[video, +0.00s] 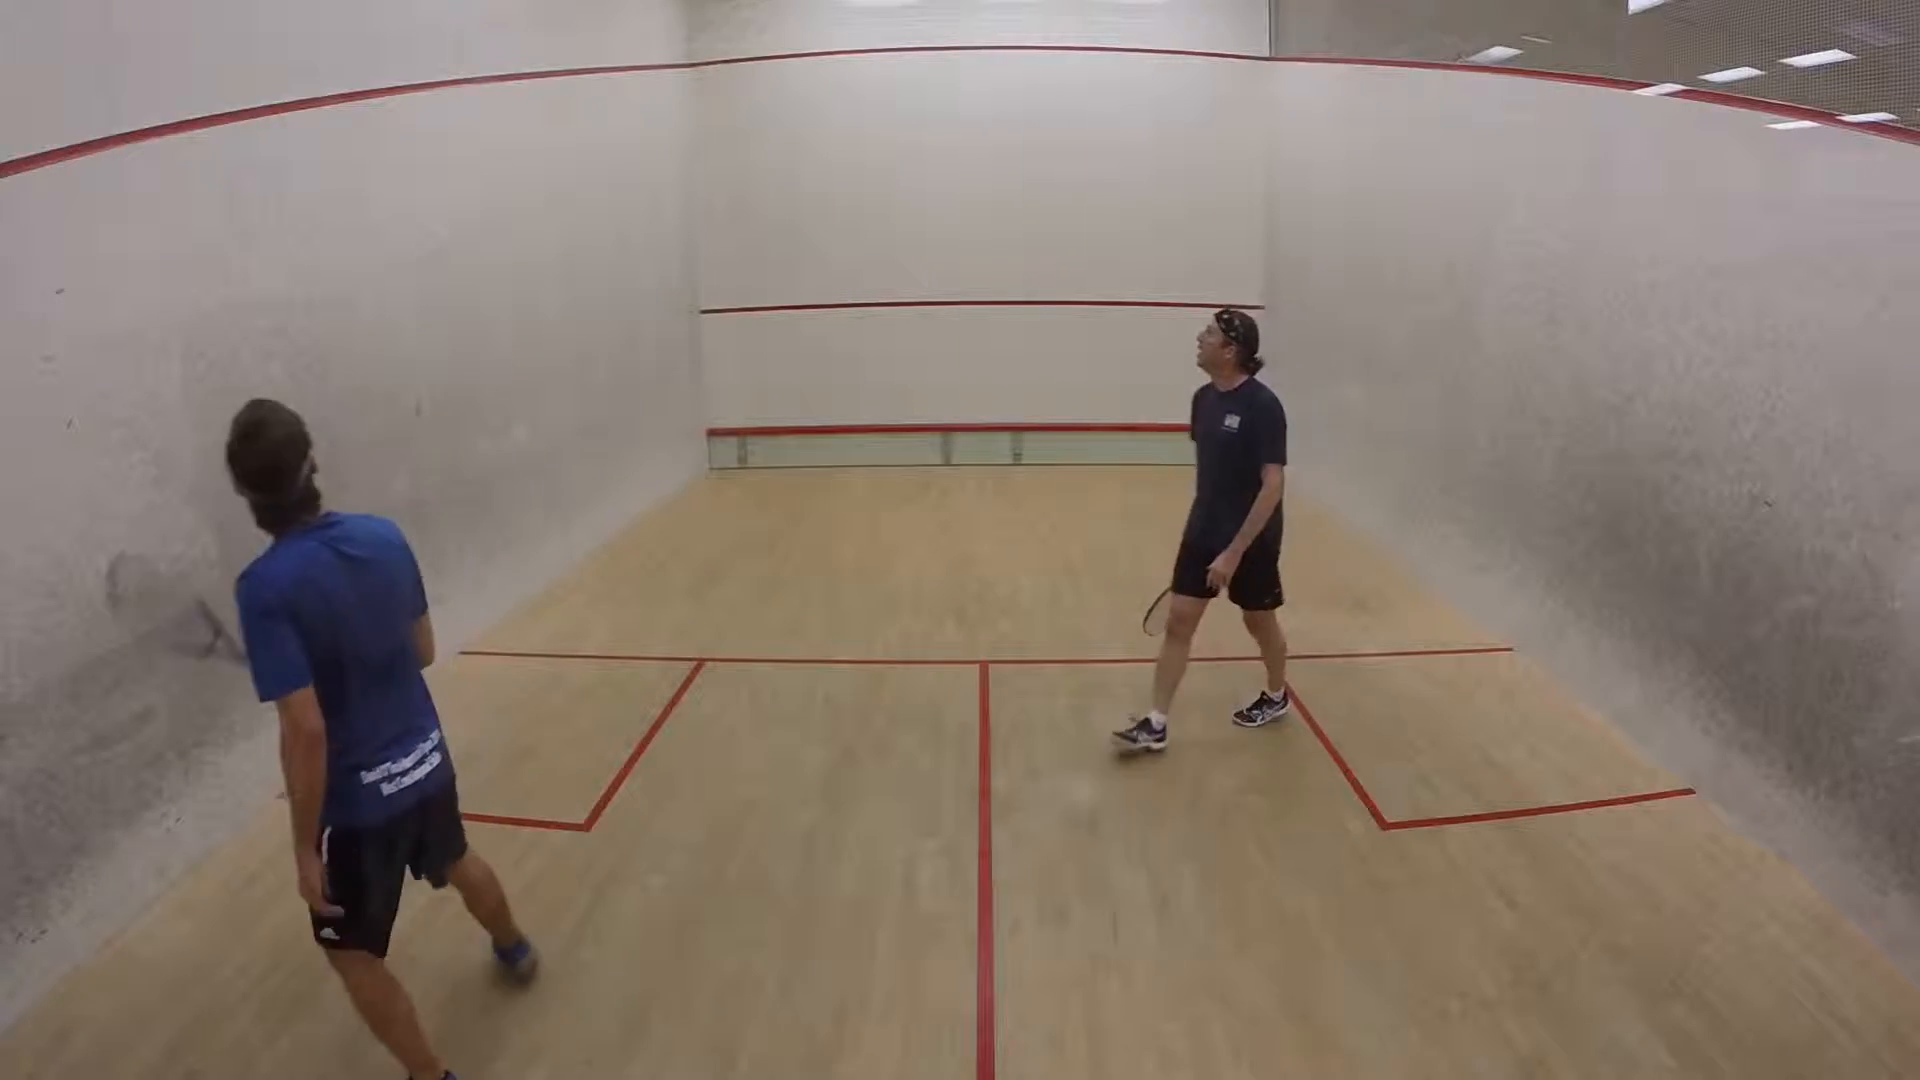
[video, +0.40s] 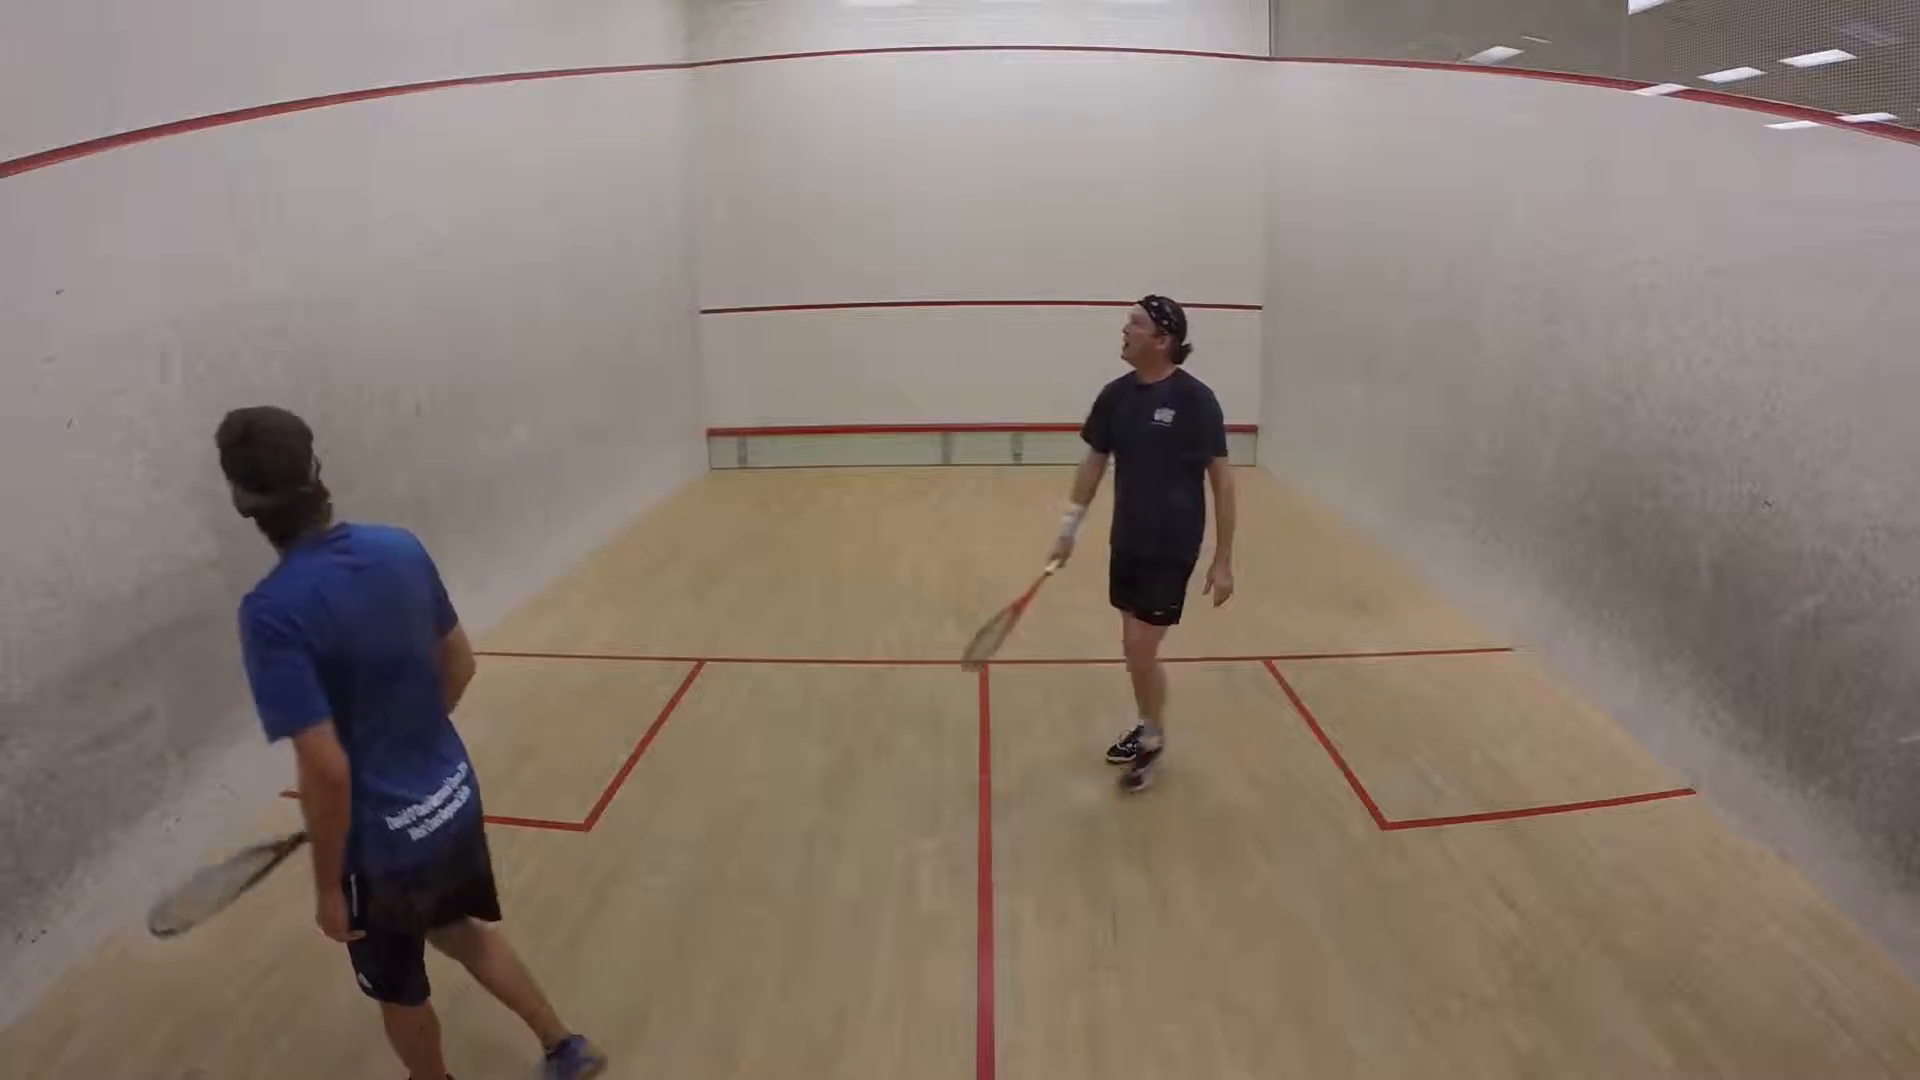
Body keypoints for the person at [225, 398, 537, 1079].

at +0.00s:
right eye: (303, 450)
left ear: (240, 485)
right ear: (312, 463)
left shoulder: (266, 587)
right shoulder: (380, 537)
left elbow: (306, 728)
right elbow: (422, 649)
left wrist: (307, 849)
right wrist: (343, 650)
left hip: (361, 807)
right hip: (429, 768)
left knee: (348, 947)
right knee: (456, 860)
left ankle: (429, 1072)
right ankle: (515, 949)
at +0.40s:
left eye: (233, 482)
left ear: (244, 505)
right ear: (319, 470)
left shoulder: (273, 611)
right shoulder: (398, 549)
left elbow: (329, 772)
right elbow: (457, 664)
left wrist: (330, 887)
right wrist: (405, 731)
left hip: (383, 845)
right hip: (455, 801)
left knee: (401, 989)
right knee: (459, 926)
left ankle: (432, 1075)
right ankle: (562, 1044)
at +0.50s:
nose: (260, 523)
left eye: (258, 512)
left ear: (274, 524)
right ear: (342, 480)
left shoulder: (323, 619)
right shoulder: (417, 557)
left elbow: (388, 771)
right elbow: (467, 677)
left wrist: (381, 894)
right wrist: (420, 761)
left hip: (423, 867)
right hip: (491, 825)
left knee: (423, 1022)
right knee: (491, 957)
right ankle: (587, 1071)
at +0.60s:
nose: (279, 546)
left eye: (277, 532)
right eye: (272, 533)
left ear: (306, 528)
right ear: (356, 493)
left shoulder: (375, 613)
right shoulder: (419, 560)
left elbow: (467, 754)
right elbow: (463, 694)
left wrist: (454, 896)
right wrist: (408, 782)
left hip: (457, 869)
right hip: (515, 824)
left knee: (442, 1021)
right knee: (523, 971)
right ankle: (594, 1073)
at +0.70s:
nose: (289, 543)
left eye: (292, 524)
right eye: (283, 526)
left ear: (338, 512)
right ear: (350, 507)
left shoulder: (417, 598)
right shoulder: (427, 555)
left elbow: (534, 736)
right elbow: (423, 684)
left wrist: (543, 886)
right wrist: (352, 764)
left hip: (483, 858)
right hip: (522, 829)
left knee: (473, 1015)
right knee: (547, 982)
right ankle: (597, 1072)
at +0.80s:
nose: (318, 538)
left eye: (324, 516)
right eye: (313, 518)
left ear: (384, 504)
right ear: (385, 505)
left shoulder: (466, 595)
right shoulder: (424, 568)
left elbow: (584, 726)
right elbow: (394, 673)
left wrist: (628, 878)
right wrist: (295, 751)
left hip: (532, 863)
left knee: (515, 1043)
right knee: (581, 1005)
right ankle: (604, 1077)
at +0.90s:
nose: (360, 541)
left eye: (373, 518)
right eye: (358, 519)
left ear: (442, 501)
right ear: (436, 506)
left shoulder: (525, 604)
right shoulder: (424, 578)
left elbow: (637, 739)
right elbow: (369, 688)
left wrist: (693, 888)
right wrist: (267, 776)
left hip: (581, 877)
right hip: (527, 862)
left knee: (574, 1062)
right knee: (592, 1030)